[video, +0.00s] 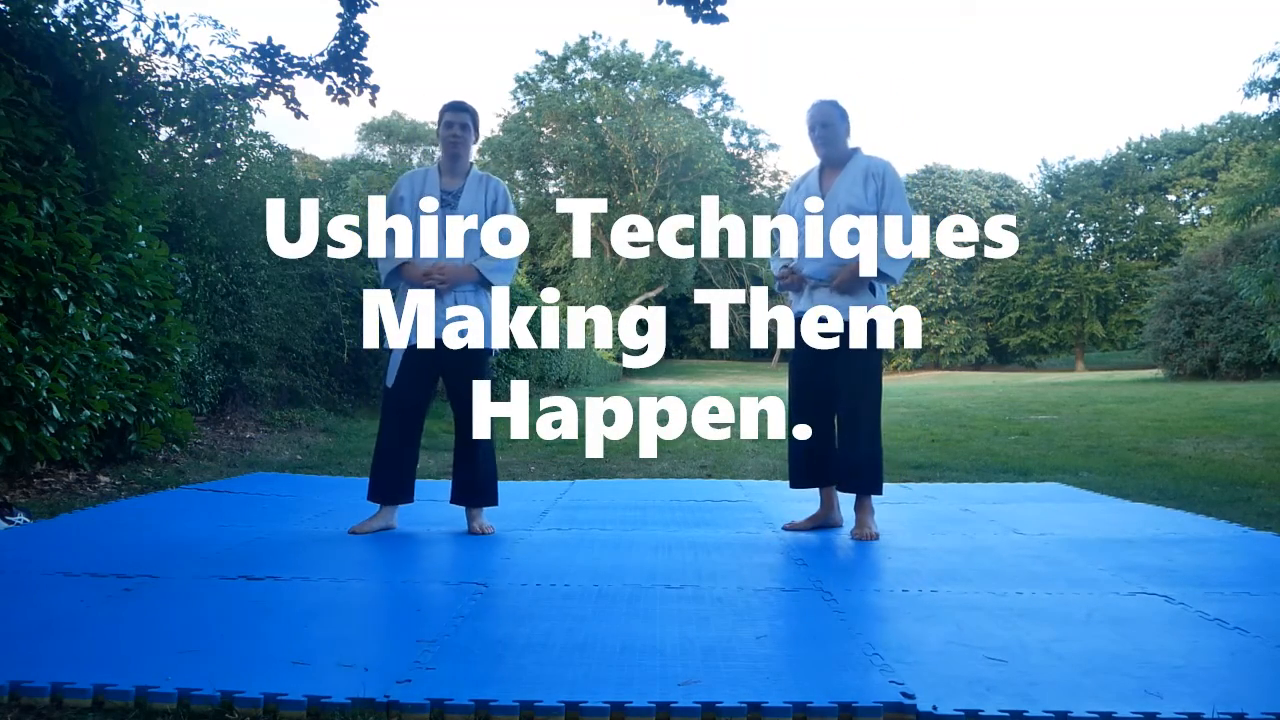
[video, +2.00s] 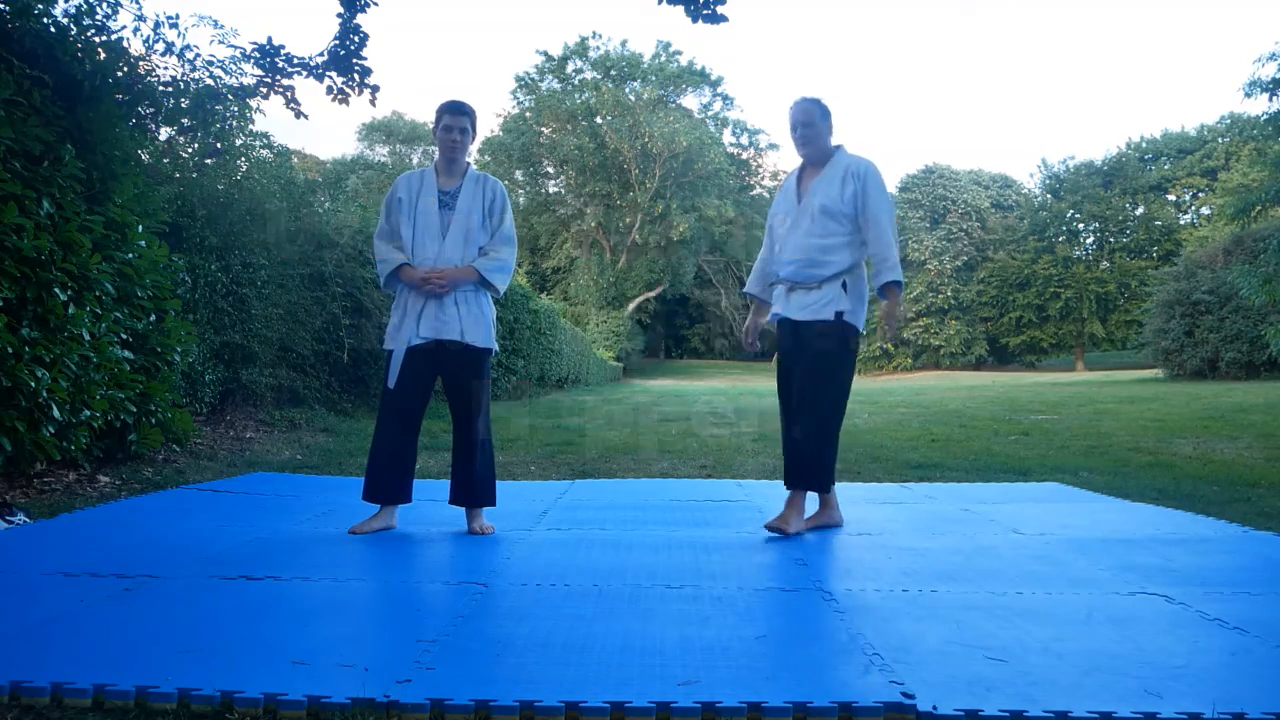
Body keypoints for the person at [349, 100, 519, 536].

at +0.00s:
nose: (455, 133)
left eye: (463, 128)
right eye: (449, 126)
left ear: (476, 138)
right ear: (437, 134)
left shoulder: (493, 189)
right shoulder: (408, 184)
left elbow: (507, 256)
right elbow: (388, 248)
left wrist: (462, 271)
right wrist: (413, 272)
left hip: (470, 320)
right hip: (413, 318)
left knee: (473, 414)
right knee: (399, 409)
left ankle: (475, 512)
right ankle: (387, 509)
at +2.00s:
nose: (454, 137)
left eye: (462, 131)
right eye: (447, 129)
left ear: (473, 139)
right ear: (434, 133)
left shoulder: (492, 191)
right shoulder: (406, 186)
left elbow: (504, 257)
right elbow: (383, 248)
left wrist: (458, 275)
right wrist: (413, 276)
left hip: (469, 321)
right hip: (414, 319)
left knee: (473, 421)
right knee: (397, 416)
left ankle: (475, 512)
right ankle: (387, 510)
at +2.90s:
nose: (454, 137)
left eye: (462, 131)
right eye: (447, 129)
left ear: (473, 139)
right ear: (434, 133)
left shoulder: (492, 191)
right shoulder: (406, 186)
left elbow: (504, 256)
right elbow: (383, 247)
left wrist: (457, 275)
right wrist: (412, 276)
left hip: (469, 321)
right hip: (414, 319)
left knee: (472, 420)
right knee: (397, 415)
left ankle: (475, 513)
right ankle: (387, 510)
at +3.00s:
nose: (454, 137)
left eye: (462, 131)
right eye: (447, 129)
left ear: (473, 139)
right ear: (434, 133)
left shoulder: (492, 191)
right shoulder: (406, 185)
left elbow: (503, 256)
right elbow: (383, 247)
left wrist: (456, 275)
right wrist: (413, 276)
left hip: (469, 322)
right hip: (414, 319)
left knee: (472, 420)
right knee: (397, 415)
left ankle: (475, 513)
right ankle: (387, 511)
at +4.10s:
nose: (477, 145)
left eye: (480, 138)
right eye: (470, 136)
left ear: (477, 141)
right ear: (443, 132)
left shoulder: (484, 191)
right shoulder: (401, 180)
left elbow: (496, 253)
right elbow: (378, 245)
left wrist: (468, 280)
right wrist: (415, 278)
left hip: (465, 322)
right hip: (409, 320)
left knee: (468, 421)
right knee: (393, 416)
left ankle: (473, 510)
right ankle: (387, 511)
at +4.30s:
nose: (488, 150)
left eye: (491, 143)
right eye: (484, 141)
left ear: (476, 143)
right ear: (458, 135)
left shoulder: (481, 193)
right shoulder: (413, 177)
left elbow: (488, 250)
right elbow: (389, 243)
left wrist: (488, 286)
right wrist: (432, 286)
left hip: (466, 319)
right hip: (413, 315)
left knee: (476, 407)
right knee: (394, 411)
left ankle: (473, 505)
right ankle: (386, 510)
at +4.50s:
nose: (514, 160)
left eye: (517, 153)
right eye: (512, 150)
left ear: (499, 147)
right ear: (489, 140)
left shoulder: (497, 203)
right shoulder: (439, 178)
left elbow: (496, 266)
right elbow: (410, 238)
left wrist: (502, 317)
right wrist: (432, 290)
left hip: (475, 325)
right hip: (424, 317)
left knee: (478, 412)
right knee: (400, 413)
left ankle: (463, 508)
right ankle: (386, 510)